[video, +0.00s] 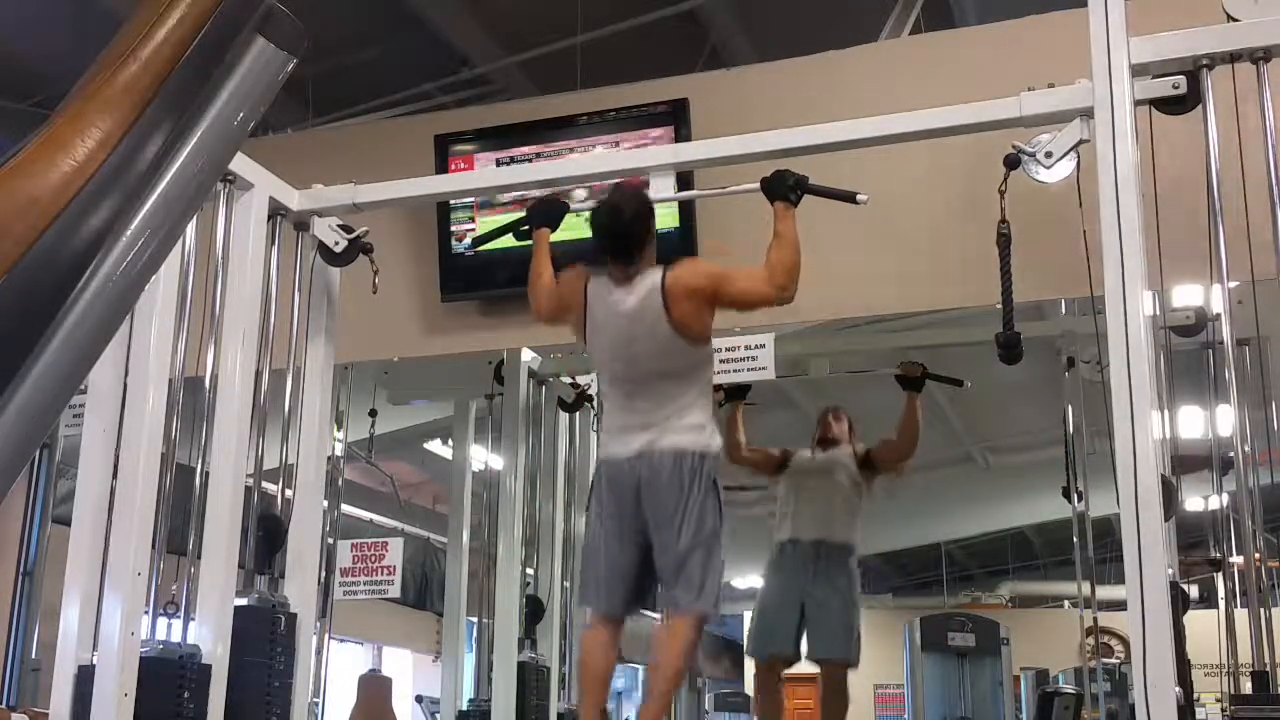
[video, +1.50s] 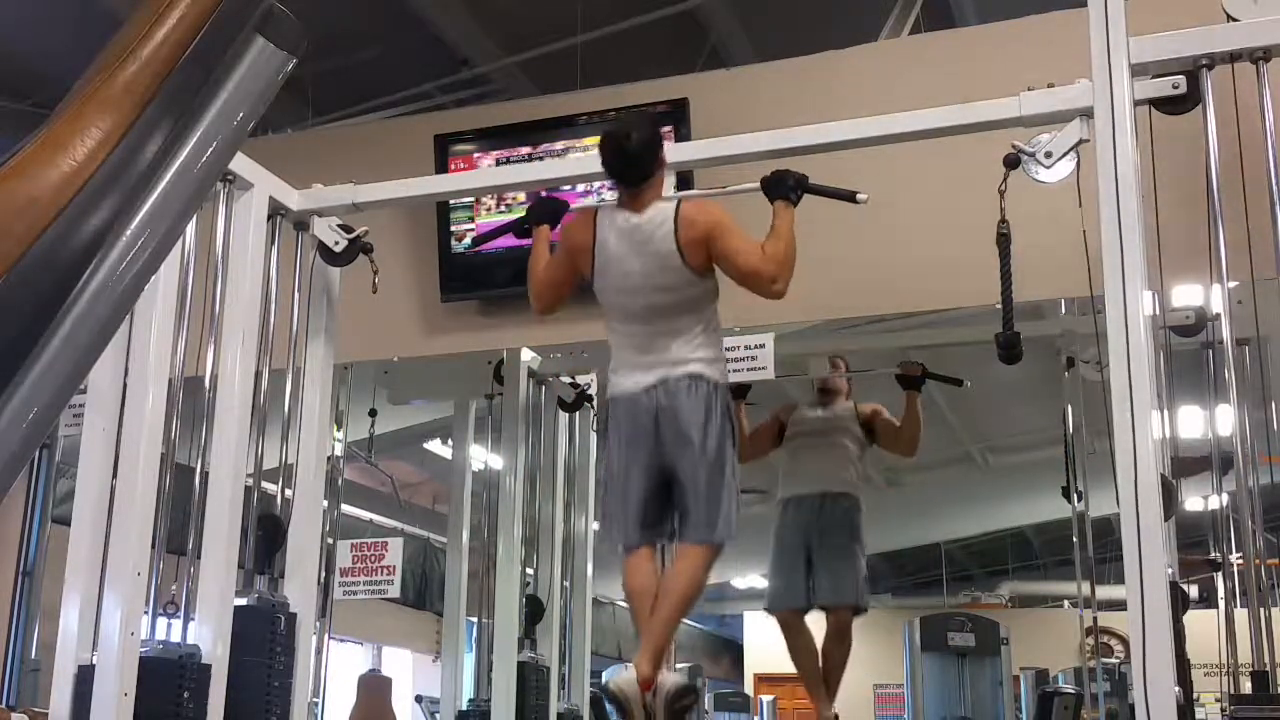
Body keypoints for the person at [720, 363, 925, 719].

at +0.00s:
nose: (830, 419)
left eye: (837, 417)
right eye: (824, 417)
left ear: (851, 432)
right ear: (815, 433)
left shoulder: (859, 457)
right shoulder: (791, 459)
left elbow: (903, 448)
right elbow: (737, 453)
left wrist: (912, 394)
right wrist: (735, 404)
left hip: (836, 563)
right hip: (786, 562)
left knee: (834, 668)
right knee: (767, 667)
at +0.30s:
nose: (823, 360)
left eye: (831, 355)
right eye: (816, 354)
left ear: (844, 364)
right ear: (804, 360)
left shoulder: (862, 395)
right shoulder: (788, 397)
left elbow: (898, 444)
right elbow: (754, 447)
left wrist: (911, 392)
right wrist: (737, 402)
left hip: (841, 493)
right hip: (794, 496)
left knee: (837, 602)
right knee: (788, 600)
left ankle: (821, 698)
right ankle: (810, 700)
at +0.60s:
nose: (830, 397)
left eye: (839, 394)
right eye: (824, 394)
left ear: (850, 408)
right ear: (816, 408)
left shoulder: (860, 437)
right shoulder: (793, 439)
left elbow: (906, 446)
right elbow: (742, 451)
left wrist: (912, 395)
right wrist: (736, 404)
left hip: (843, 540)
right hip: (796, 542)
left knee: (843, 642)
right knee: (796, 641)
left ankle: (837, 716)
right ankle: (825, 714)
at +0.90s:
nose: (831, 461)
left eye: (839, 458)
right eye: (825, 458)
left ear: (852, 472)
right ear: (816, 470)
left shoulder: (862, 497)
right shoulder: (791, 496)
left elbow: (903, 454)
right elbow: (746, 459)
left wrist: (911, 395)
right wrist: (736, 403)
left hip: (841, 602)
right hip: (790, 602)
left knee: (839, 704)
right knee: (788, 704)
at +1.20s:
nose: (829, 438)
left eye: (837, 436)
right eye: (822, 436)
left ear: (851, 449)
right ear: (814, 449)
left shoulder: (863, 475)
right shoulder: (793, 475)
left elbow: (902, 448)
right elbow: (743, 456)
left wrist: (911, 394)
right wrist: (737, 402)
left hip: (840, 576)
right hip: (790, 575)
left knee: (836, 680)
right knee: (782, 680)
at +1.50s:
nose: (830, 368)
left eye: (838, 366)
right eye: (824, 366)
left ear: (849, 382)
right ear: (813, 380)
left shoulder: (865, 413)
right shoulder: (791, 413)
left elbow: (906, 445)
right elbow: (744, 451)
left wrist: (912, 393)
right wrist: (737, 401)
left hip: (841, 509)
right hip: (793, 510)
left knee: (841, 612)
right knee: (785, 610)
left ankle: (825, 708)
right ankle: (822, 707)